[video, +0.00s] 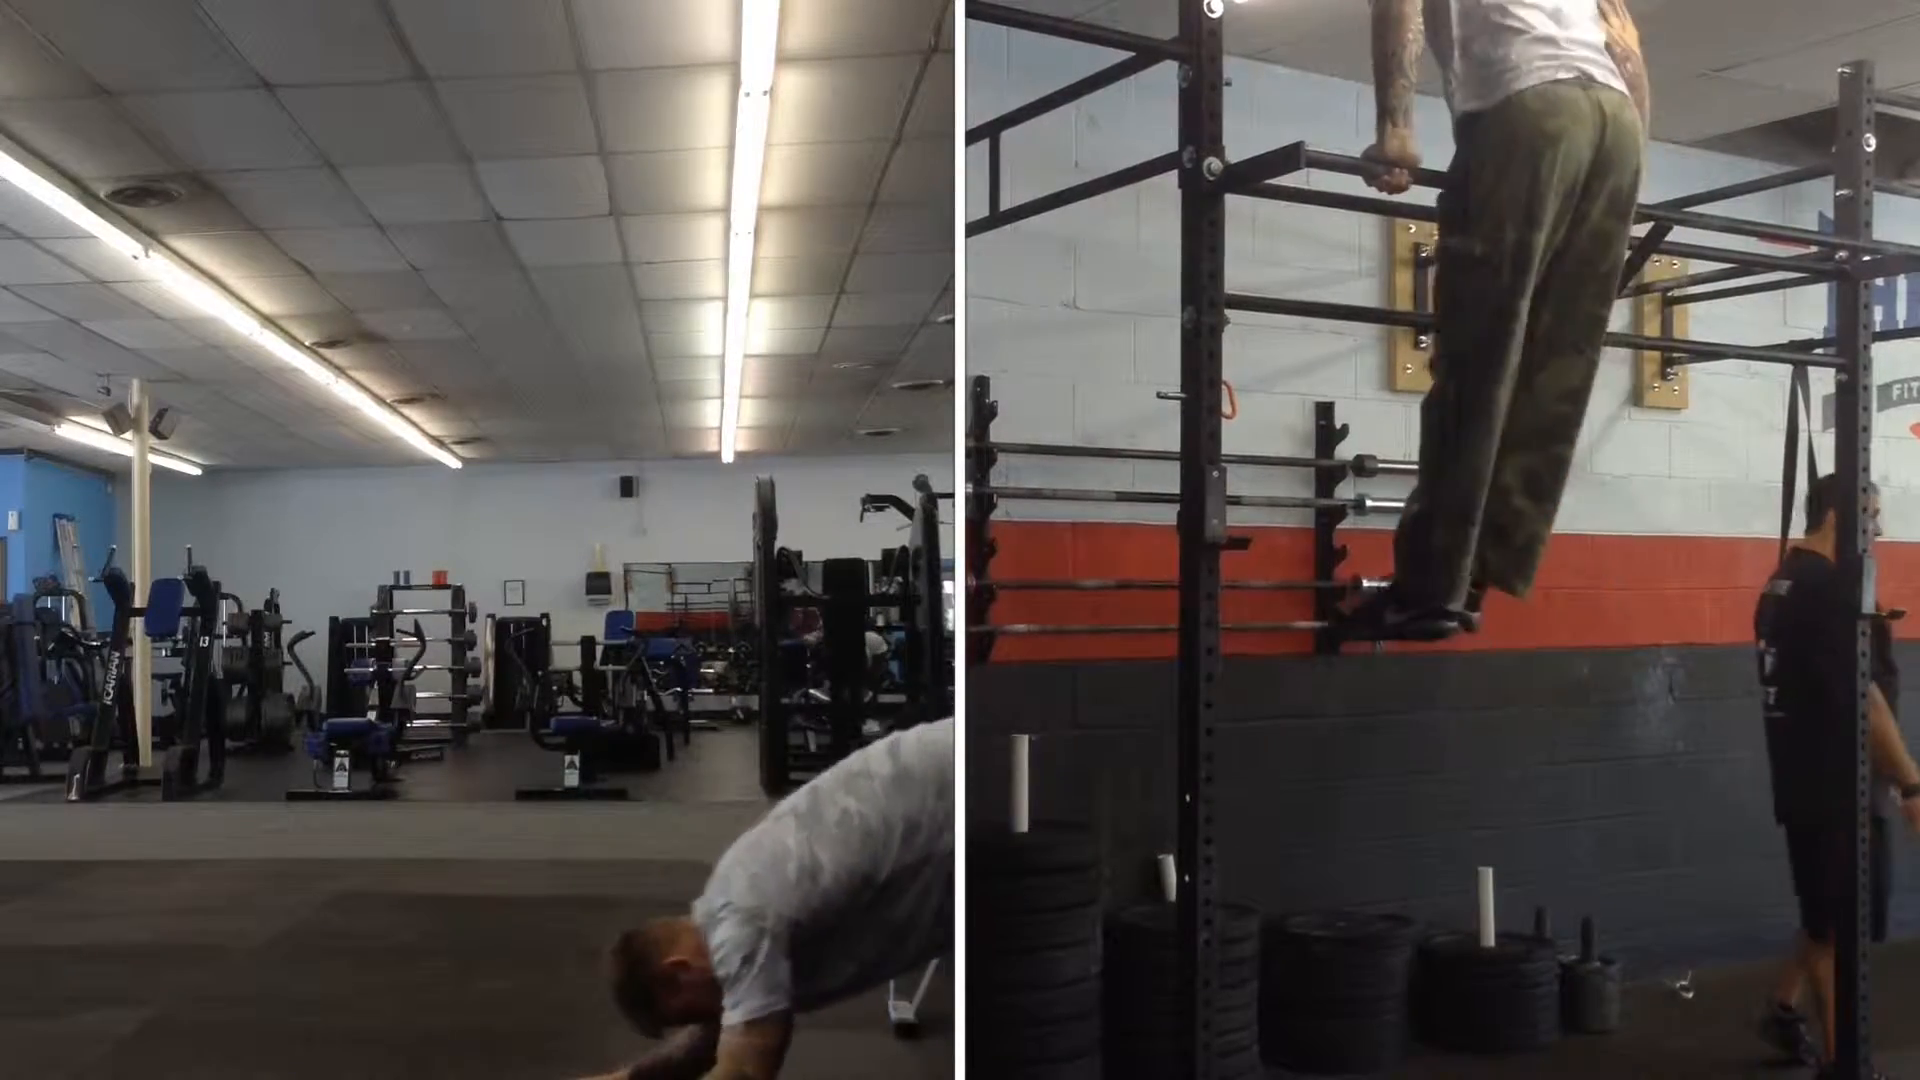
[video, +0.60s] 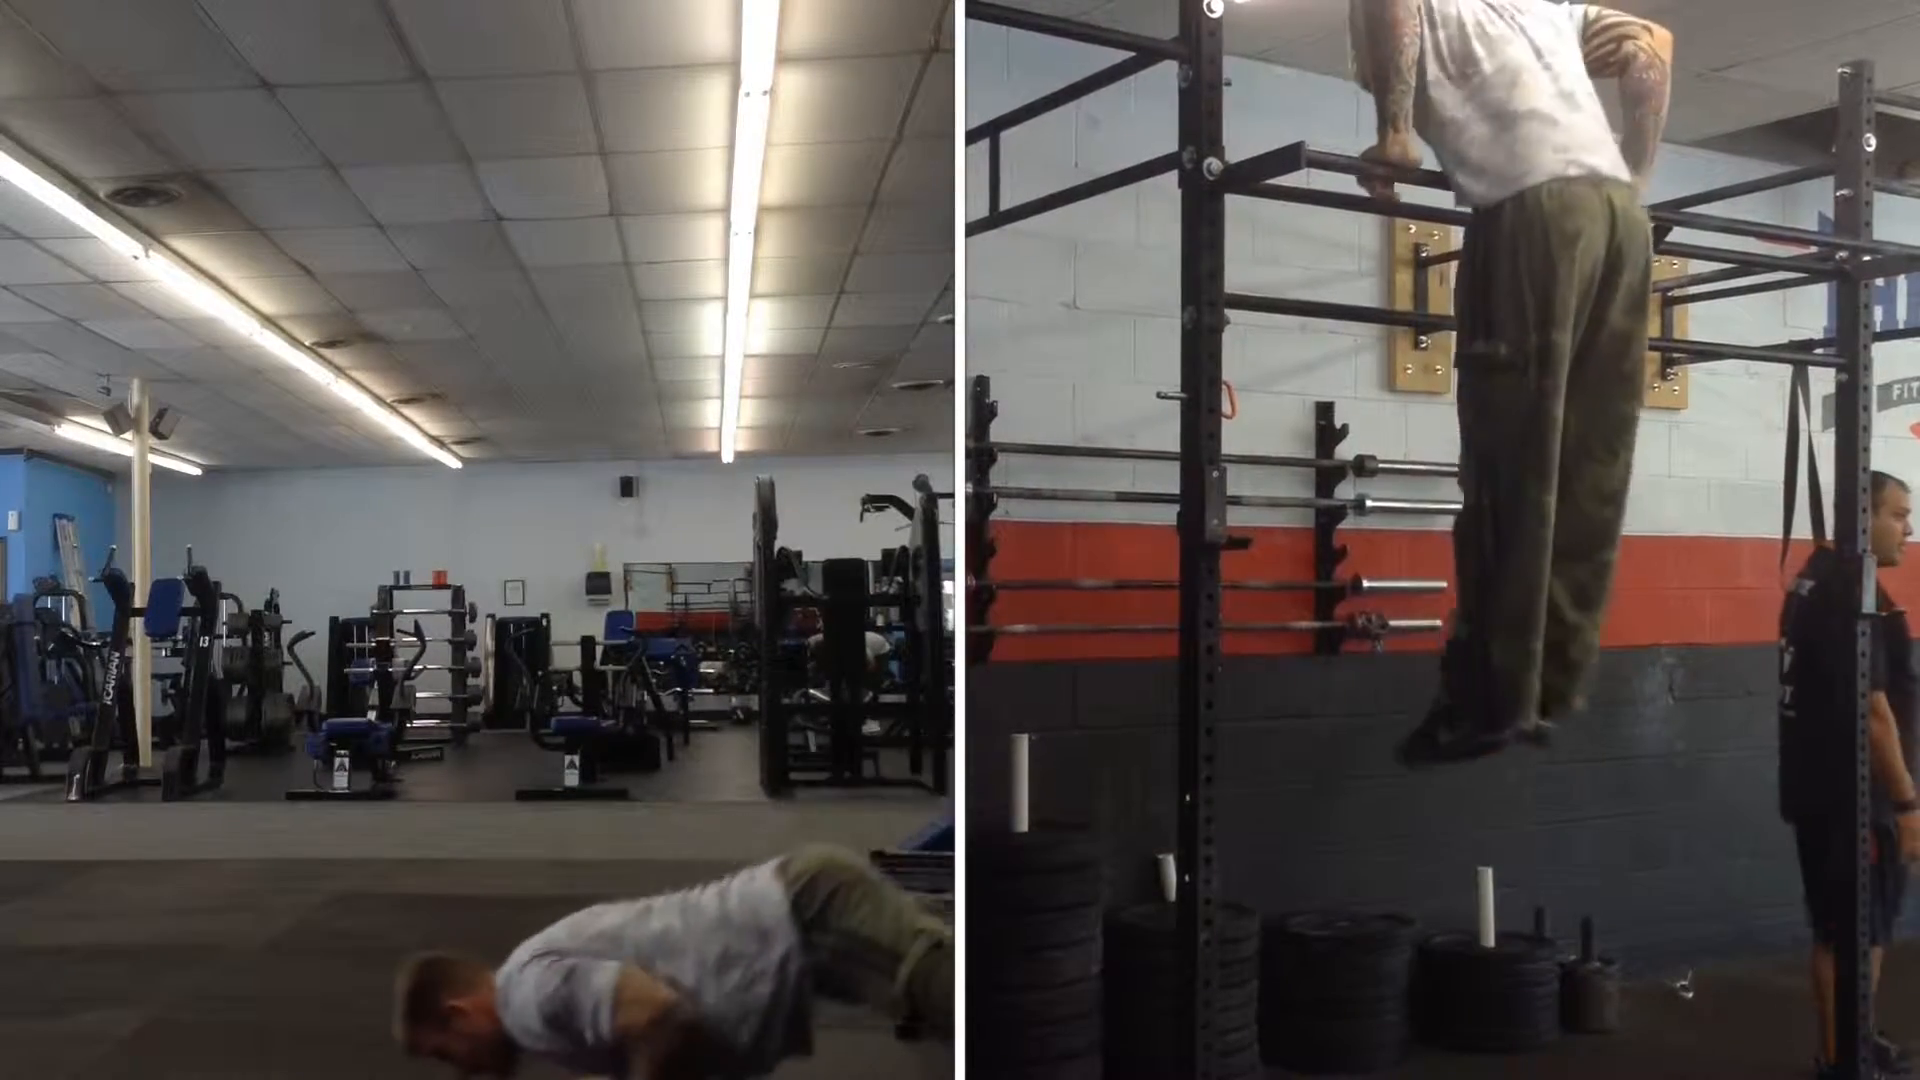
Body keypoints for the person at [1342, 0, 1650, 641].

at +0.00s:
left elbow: (1399, 11)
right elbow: (1626, 44)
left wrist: (1395, 124)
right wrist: (1631, 155)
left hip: (1525, 108)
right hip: (1618, 116)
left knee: (1476, 353)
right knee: (1558, 363)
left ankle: (1428, 589)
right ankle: (1470, 584)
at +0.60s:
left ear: (1414, 18)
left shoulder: (1418, 15)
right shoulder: (1550, 9)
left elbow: (1387, 3)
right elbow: (1648, 50)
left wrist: (1395, 126)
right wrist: (1629, 178)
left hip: (1533, 208)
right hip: (1621, 209)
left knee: (1511, 463)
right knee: (1596, 461)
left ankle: (1490, 701)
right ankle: (1555, 690)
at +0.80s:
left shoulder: (1462, 5)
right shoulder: (1599, 7)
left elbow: (1416, 12)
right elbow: (1688, 52)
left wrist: (1400, 132)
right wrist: (1627, 176)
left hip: (1536, 217)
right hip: (1630, 223)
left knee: (1503, 469)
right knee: (1603, 465)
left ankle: (1571, 696)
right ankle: (1692, 655)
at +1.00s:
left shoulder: (1547, 7)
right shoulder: (1707, 11)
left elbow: (1491, 112)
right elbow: (1757, 148)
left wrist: (1407, 151)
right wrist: (1666, 165)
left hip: (1619, 255)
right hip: (1715, 259)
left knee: (1526, 489)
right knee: (1635, 473)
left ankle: (1657, 640)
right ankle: (1760, 581)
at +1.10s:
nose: (1556, 16)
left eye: (1558, 10)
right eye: (1558, 12)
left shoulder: (1590, 33)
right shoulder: (1763, 62)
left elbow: (1495, 190)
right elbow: (1742, 197)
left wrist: (1416, 165)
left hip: (1658, 343)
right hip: (1757, 351)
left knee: (1536, 556)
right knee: (1649, 544)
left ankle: (1674, 713)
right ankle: (1766, 662)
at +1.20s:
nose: (1604, 103)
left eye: (1604, 91)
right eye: (1609, 93)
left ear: (1622, 81)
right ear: (1698, 77)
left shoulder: (1603, 151)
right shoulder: (1775, 159)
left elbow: (1473, 255)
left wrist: (1416, 185)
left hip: (1660, 475)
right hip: (1761, 483)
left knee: (1534, 661)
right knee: (1643, 648)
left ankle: (1661, 830)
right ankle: (1748, 784)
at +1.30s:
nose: (1600, 215)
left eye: (1605, 202)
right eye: (1607, 202)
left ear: (1619, 202)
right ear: (1700, 212)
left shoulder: (1593, 269)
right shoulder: (1762, 289)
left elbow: (1440, 299)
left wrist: (1412, 190)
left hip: (1626, 601)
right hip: (1721, 616)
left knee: (1509, 789)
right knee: (1618, 772)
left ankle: (1631, 964)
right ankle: (1707, 928)